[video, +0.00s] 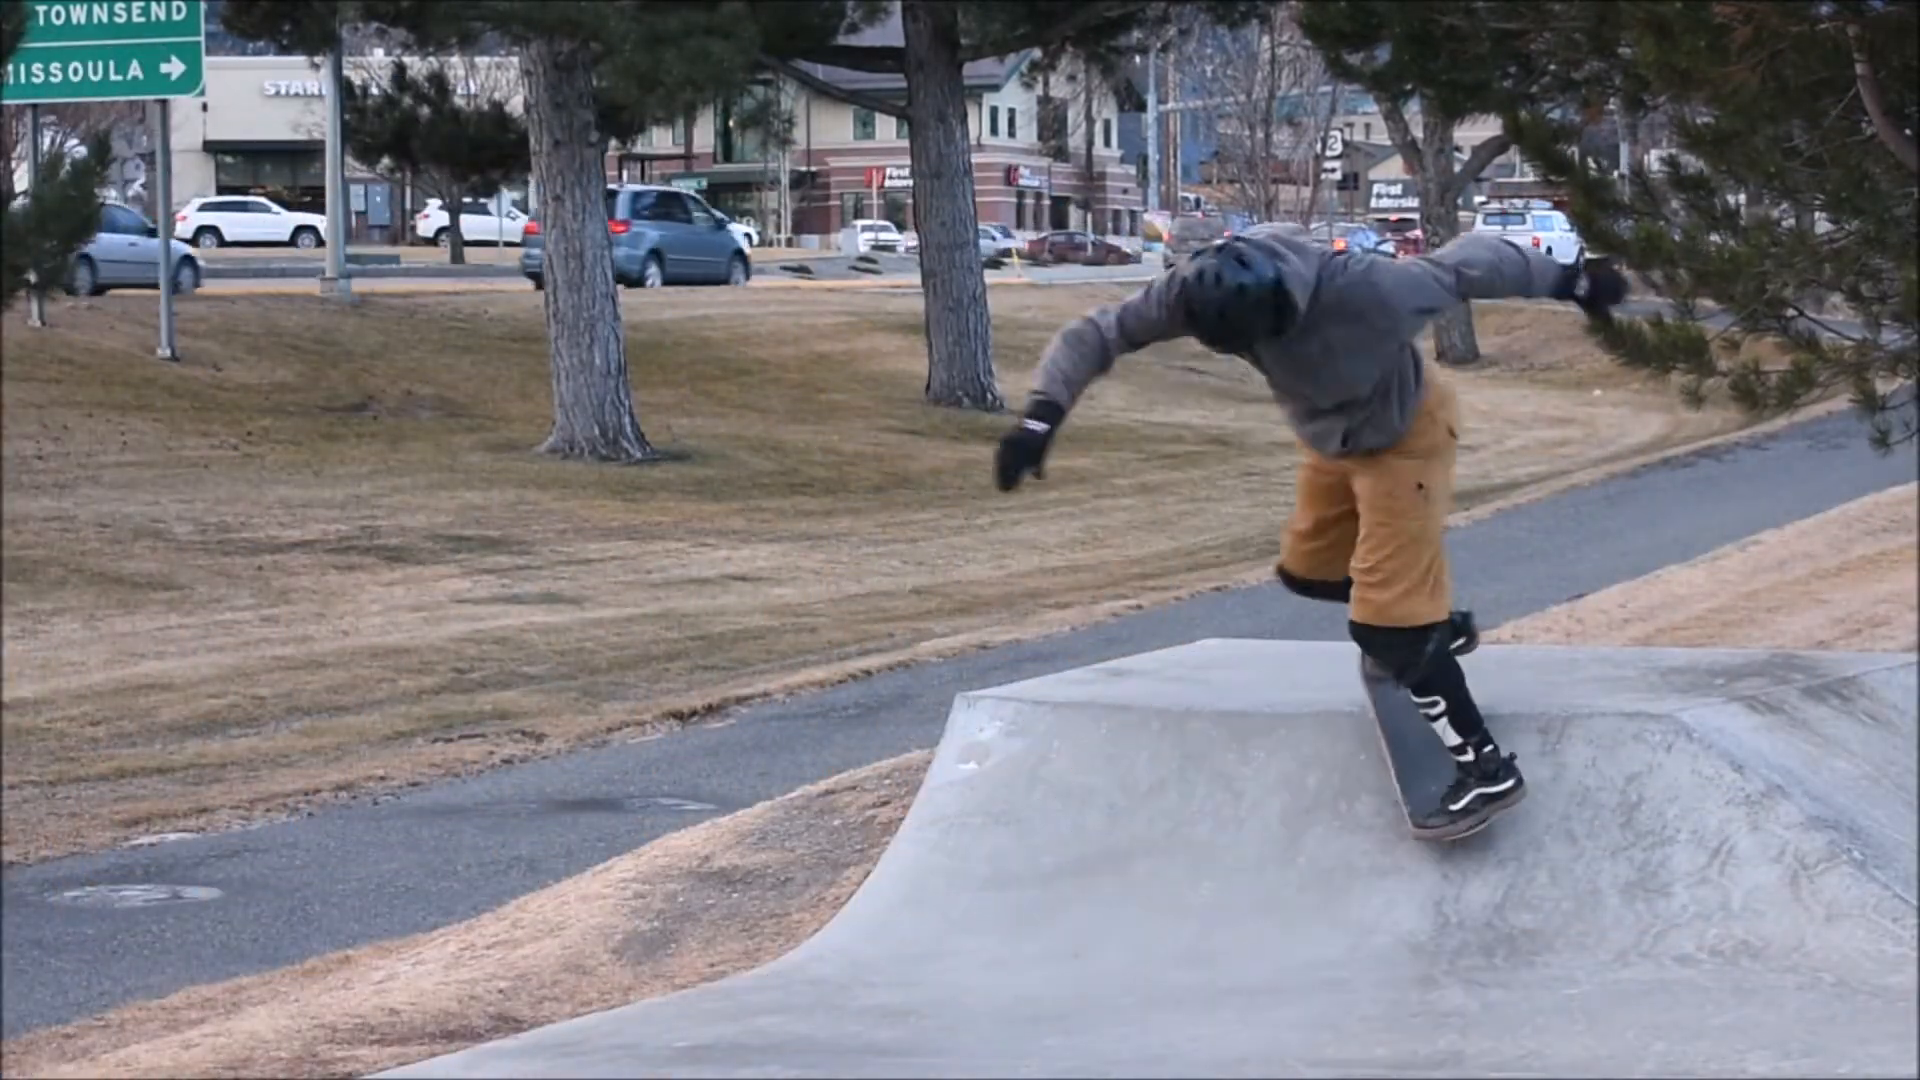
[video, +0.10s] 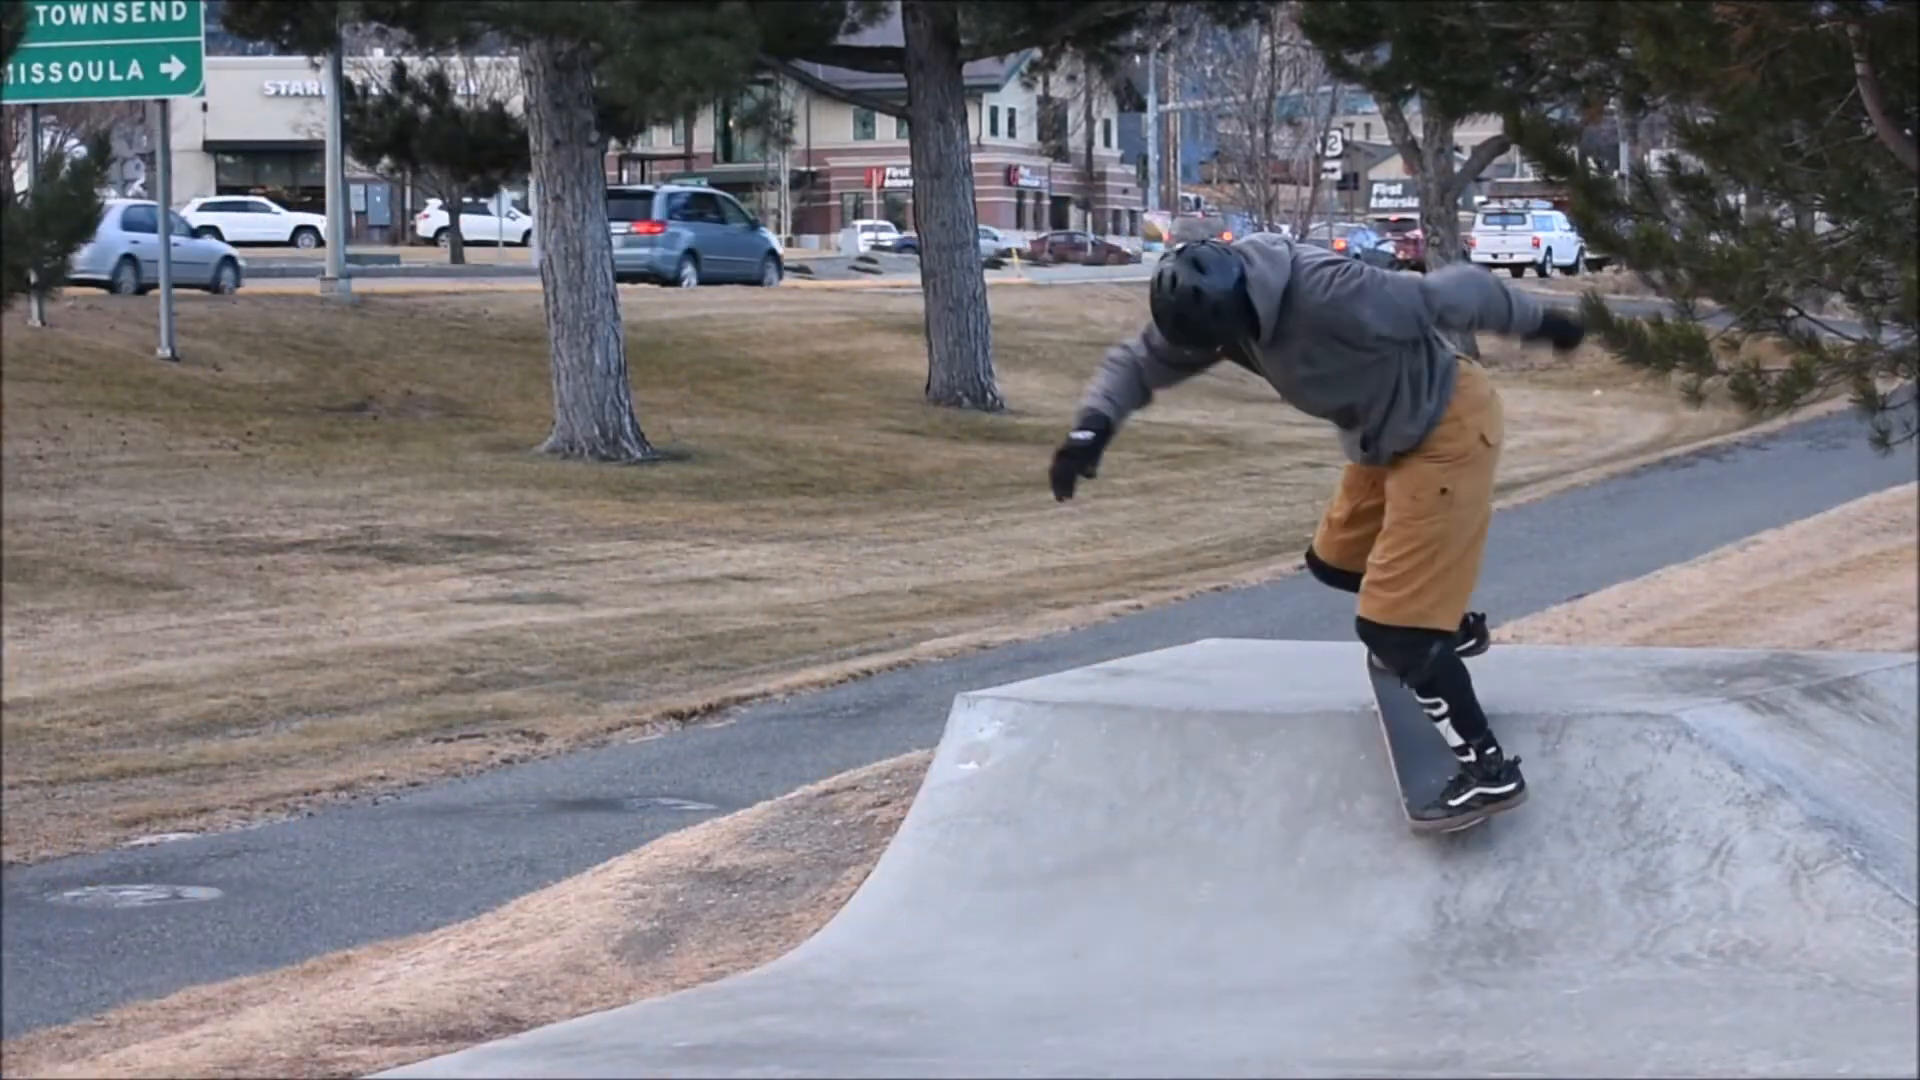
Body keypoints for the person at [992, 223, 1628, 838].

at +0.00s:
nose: (1244, 349)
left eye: (1248, 338)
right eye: (1229, 340)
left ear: (1271, 307)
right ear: (1205, 308)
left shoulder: (1364, 288)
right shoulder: (1205, 288)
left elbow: (1470, 266)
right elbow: (1098, 334)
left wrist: (1570, 277)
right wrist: (1040, 416)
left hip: (1404, 430)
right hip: (1329, 435)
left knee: (1396, 624)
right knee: (1313, 568)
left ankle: (1486, 763)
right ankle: (1439, 630)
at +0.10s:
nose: (1207, 357)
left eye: (1209, 345)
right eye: (1196, 347)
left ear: (1233, 313)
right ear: (1203, 309)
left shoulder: (1334, 297)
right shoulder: (1215, 301)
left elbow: (1455, 292)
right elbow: (1139, 362)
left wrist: (1544, 320)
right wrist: (1090, 428)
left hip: (1448, 422)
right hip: (1382, 432)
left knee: (1398, 625)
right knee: (1336, 562)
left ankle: (1488, 765)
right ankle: (1451, 629)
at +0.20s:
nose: (1213, 359)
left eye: (1211, 346)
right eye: (1203, 354)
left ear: (1225, 309)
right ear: (1210, 303)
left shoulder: (1323, 308)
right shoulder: (1254, 314)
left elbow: (1468, 338)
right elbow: (1187, 388)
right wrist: (1122, 465)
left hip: (1468, 438)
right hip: (1405, 440)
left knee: (1398, 630)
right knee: (1347, 559)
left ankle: (1488, 769)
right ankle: (1454, 632)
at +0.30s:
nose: (1215, 353)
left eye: (1211, 341)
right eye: (1205, 348)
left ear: (1224, 306)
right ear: (1225, 292)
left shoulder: (1313, 317)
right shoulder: (1265, 331)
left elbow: (1435, 327)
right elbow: (1217, 408)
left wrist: (1535, 391)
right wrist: (1152, 492)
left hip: (1476, 447)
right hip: (1419, 447)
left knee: (1399, 645)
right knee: (1355, 560)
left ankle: (1488, 786)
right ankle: (1457, 636)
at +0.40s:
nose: (1223, 350)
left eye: (1216, 336)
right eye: (1211, 343)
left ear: (1224, 301)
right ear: (1221, 297)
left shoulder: (1316, 307)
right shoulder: (1271, 340)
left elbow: (1411, 302)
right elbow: (1250, 432)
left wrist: (1511, 338)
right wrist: (1194, 512)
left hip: (1472, 456)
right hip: (1415, 463)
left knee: (1404, 665)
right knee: (1365, 587)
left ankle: (1487, 822)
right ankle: (1470, 671)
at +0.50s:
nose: (1218, 349)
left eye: (1212, 335)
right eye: (1206, 343)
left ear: (1225, 302)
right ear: (1223, 302)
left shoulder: (1314, 305)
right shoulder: (1269, 358)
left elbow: (1400, 283)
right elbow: (1240, 444)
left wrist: (1501, 287)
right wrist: (1183, 526)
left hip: (1468, 471)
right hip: (1425, 478)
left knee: (1406, 683)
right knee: (1379, 624)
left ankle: (1472, 863)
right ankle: (1486, 735)